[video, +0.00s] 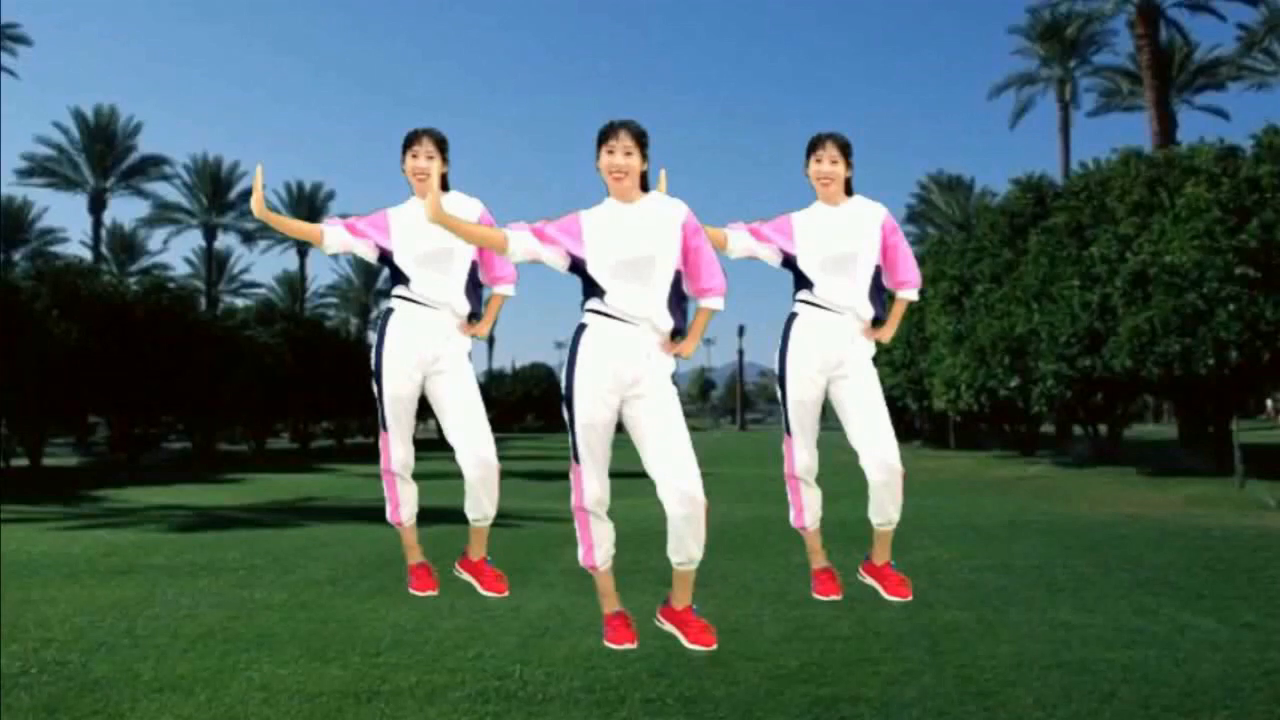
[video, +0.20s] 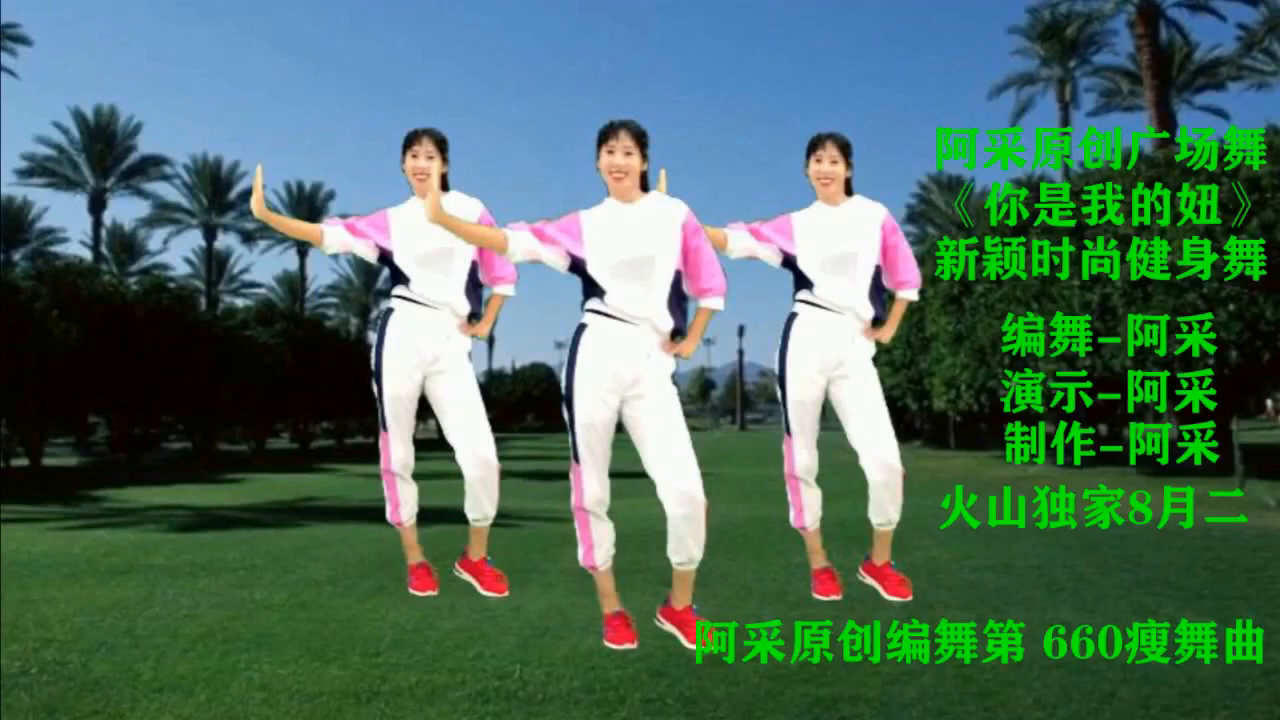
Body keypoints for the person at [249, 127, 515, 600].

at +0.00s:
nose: (420, 164)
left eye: (428, 157)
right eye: (413, 157)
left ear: (444, 165)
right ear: (404, 166)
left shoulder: (473, 211)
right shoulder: (393, 220)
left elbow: (503, 272)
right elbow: (327, 235)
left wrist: (485, 324)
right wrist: (266, 215)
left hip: (451, 334)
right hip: (401, 331)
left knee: (482, 456)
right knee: (399, 452)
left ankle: (476, 557)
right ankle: (415, 561)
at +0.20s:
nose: (420, 164)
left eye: (428, 157)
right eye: (412, 157)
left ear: (444, 165)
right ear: (403, 166)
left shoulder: (472, 211)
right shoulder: (393, 220)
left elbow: (503, 273)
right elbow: (327, 234)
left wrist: (484, 325)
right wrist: (265, 215)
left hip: (451, 334)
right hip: (402, 330)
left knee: (482, 456)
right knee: (399, 452)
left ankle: (476, 557)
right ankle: (415, 561)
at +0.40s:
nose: (420, 164)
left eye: (429, 157)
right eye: (413, 157)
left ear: (444, 165)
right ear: (404, 166)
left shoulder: (473, 211)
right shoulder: (393, 220)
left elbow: (503, 273)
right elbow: (327, 234)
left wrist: (485, 325)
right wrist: (265, 215)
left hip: (451, 334)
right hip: (401, 330)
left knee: (482, 456)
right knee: (399, 453)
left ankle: (476, 557)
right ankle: (416, 561)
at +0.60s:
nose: (420, 164)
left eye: (428, 157)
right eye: (412, 157)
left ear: (444, 165)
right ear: (404, 166)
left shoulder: (473, 211)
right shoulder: (393, 220)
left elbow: (503, 273)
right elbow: (327, 235)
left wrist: (484, 325)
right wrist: (265, 215)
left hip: (451, 335)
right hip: (401, 331)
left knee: (482, 456)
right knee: (399, 453)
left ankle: (476, 557)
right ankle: (415, 561)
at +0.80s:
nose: (420, 164)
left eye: (428, 157)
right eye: (413, 157)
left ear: (444, 165)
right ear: (404, 166)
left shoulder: (473, 211)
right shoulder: (393, 220)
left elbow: (503, 273)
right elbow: (327, 235)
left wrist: (485, 324)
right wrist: (265, 215)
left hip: (451, 334)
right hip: (401, 331)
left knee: (482, 456)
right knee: (399, 452)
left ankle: (476, 557)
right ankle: (415, 561)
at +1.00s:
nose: (420, 164)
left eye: (428, 157)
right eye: (412, 157)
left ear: (444, 165)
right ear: (404, 166)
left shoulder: (473, 211)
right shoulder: (393, 220)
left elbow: (503, 273)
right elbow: (327, 235)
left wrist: (485, 324)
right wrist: (265, 215)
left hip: (451, 335)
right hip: (401, 331)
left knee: (482, 456)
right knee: (399, 453)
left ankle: (476, 557)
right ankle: (415, 561)